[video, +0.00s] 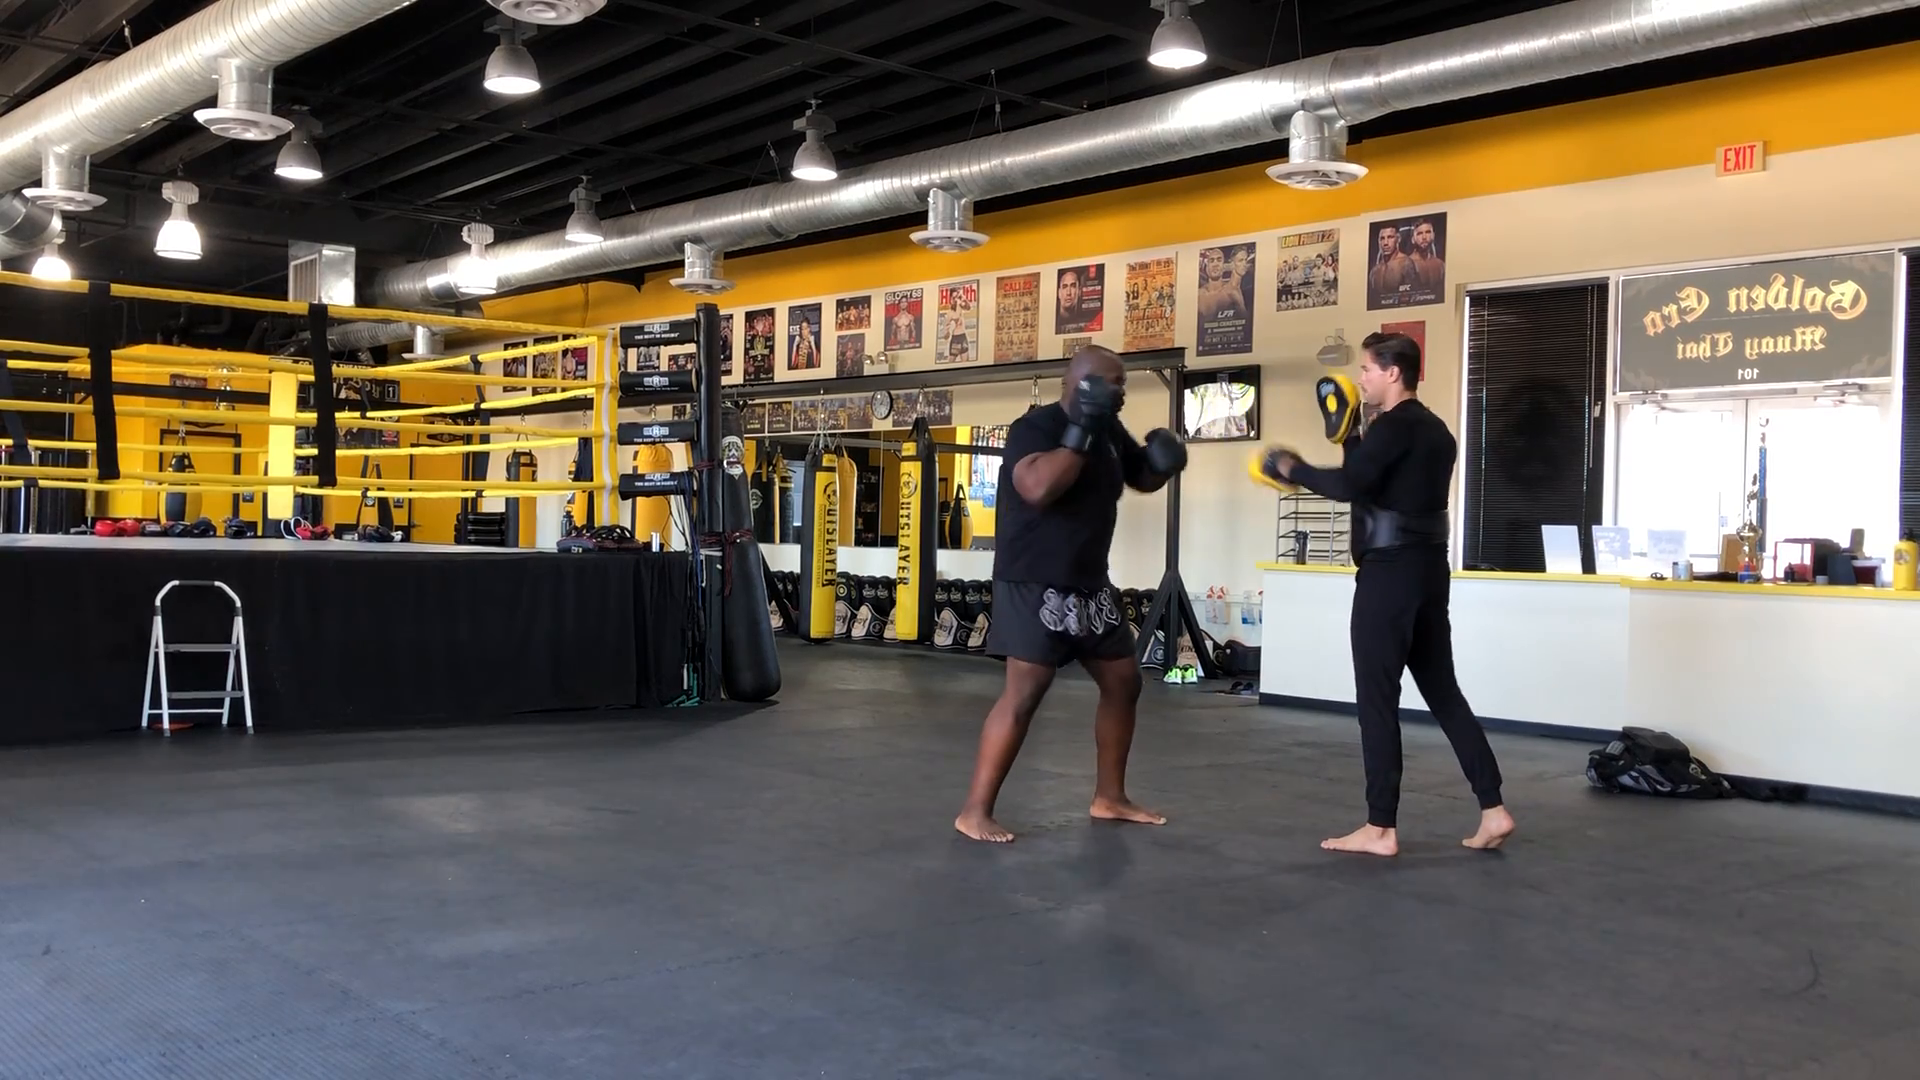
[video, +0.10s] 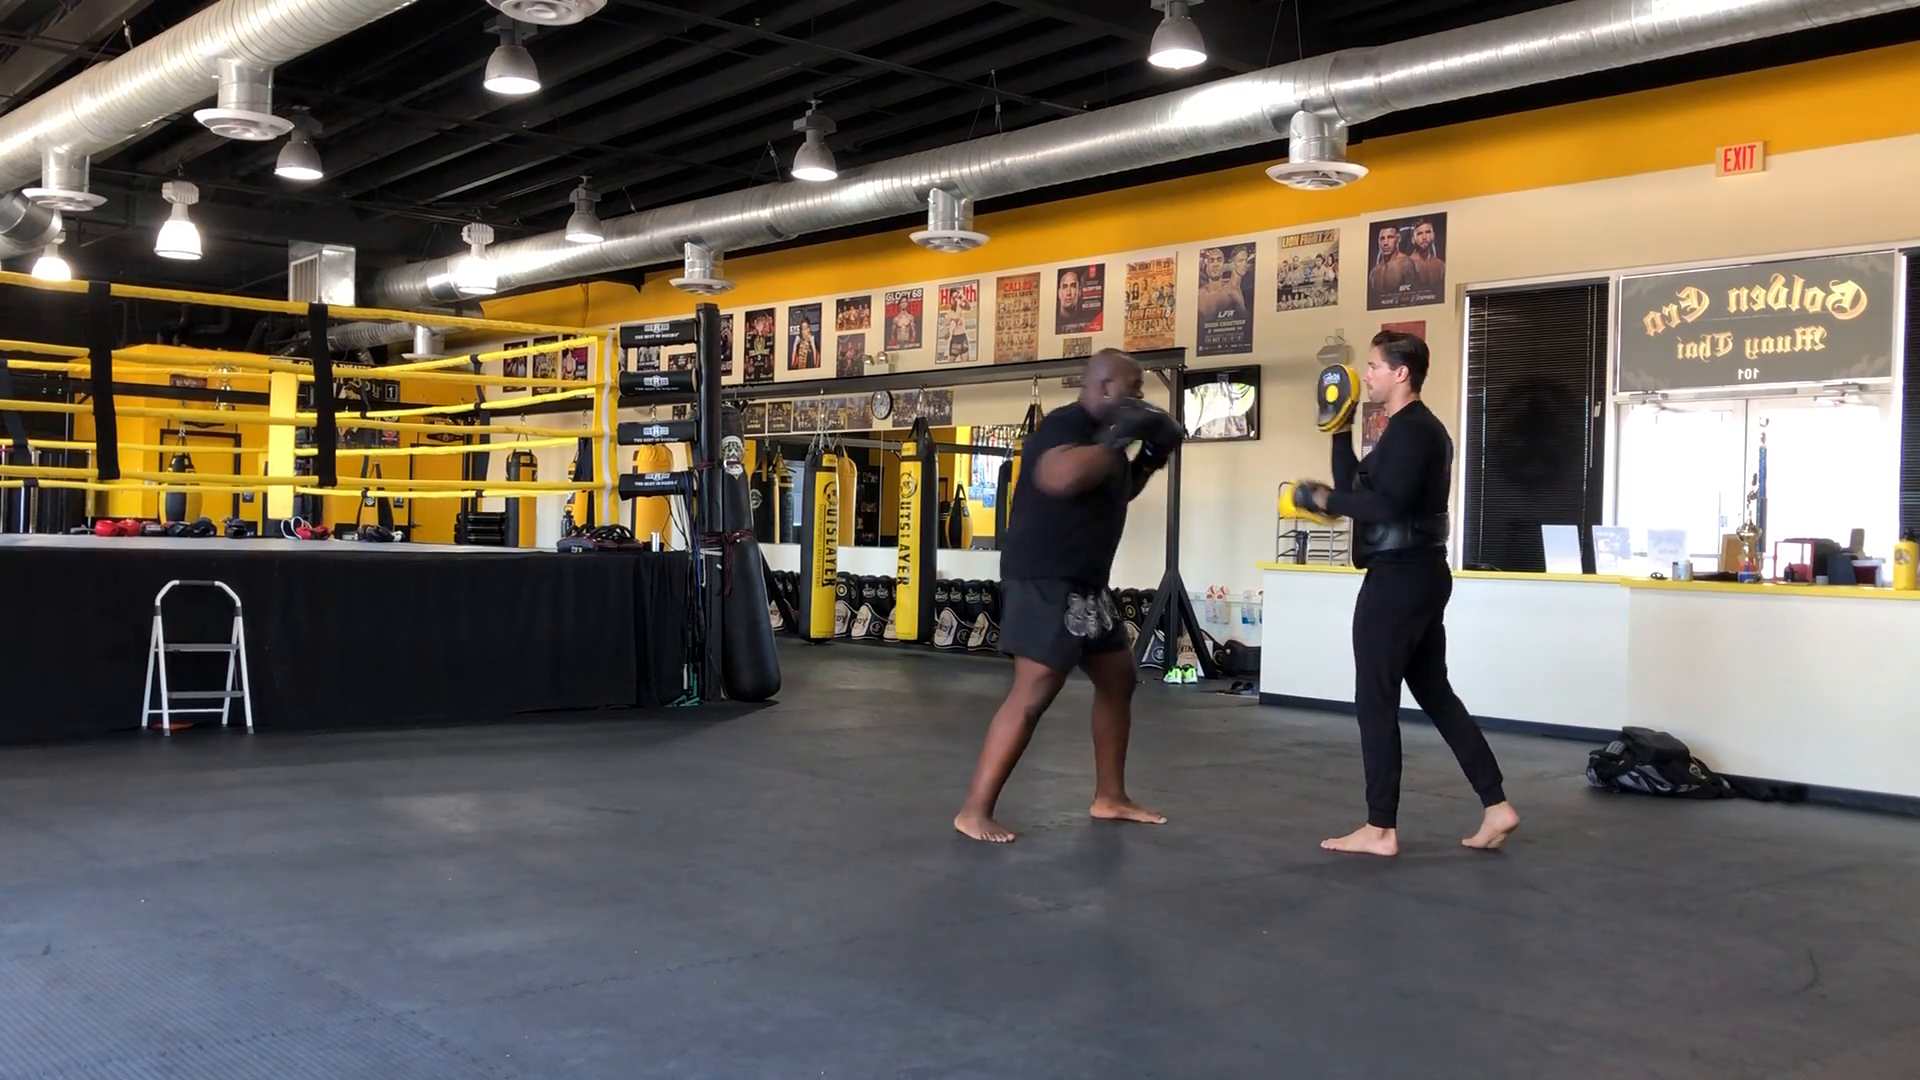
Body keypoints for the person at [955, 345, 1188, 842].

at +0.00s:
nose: (1115, 395)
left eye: (1120, 387)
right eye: (1106, 385)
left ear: (1118, 389)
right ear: (1075, 383)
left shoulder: (1110, 431)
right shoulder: (1035, 427)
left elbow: (1143, 479)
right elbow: (1035, 487)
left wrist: (1159, 461)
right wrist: (1082, 432)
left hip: (1090, 585)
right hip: (1032, 584)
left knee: (1122, 680)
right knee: (1022, 693)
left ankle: (1110, 797)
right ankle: (974, 813)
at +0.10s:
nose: (1132, 398)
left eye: (1135, 391)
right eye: (1125, 389)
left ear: (1127, 393)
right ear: (1096, 385)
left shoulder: (1108, 438)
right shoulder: (1063, 424)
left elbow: (1120, 492)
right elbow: (1056, 474)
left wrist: (1152, 456)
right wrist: (1118, 438)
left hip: (1088, 583)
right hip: (1042, 581)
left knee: (1117, 677)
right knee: (1033, 689)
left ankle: (1110, 796)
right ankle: (974, 812)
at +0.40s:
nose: (1160, 406)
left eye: (1161, 399)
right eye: (1158, 397)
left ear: (1115, 387)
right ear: (1134, 387)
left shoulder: (1077, 422)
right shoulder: (1119, 415)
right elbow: (1192, 434)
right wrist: (1241, 430)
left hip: (1086, 568)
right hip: (1064, 561)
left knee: (1107, 672)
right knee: (1044, 675)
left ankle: (1109, 796)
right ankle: (975, 798)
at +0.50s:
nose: (1160, 402)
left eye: (1162, 395)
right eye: (1156, 393)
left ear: (1125, 382)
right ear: (1130, 383)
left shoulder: (1118, 423)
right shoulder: (1100, 412)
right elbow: (1129, 460)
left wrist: (1167, 435)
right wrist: (1190, 442)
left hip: (1095, 567)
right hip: (1062, 558)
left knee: (1109, 671)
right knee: (1046, 672)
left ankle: (1109, 796)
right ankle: (979, 794)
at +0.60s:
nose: (1161, 391)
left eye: (1162, 383)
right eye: (1155, 381)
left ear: (1128, 379)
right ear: (1123, 376)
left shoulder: (1119, 432)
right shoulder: (1084, 414)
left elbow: (1128, 500)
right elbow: (1088, 482)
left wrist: (1161, 455)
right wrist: (1147, 445)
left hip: (1104, 567)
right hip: (1058, 560)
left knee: (1109, 675)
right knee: (1047, 669)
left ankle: (1108, 797)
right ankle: (981, 793)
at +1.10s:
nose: (1093, 381)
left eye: (1095, 372)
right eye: (1087, 371)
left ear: (1070, 368)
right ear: (1053, 365)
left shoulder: (1085, 417)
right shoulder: (1016, 403)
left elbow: (1101, 481)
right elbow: (1002, 474)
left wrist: (1123, 486)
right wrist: (1080, 461)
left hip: (1064, 565)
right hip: (1011, 564)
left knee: (1083, 666)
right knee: (1006, 679)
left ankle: (1074, 792)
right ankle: (978, 810)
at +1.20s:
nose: (1090, 380)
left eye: (1092, 371)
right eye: (1083, 370)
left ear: (1057, 369)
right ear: (1050, 367)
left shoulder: (1072, 427)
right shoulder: (1011, 417)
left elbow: (1080, 491)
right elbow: (997, 482)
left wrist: (1117, 488)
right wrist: (1073, 470)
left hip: (1065, 571)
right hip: (1011, 572)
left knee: (1069, 679)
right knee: (1004, 683)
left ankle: (1066, 797)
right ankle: (978, 811)